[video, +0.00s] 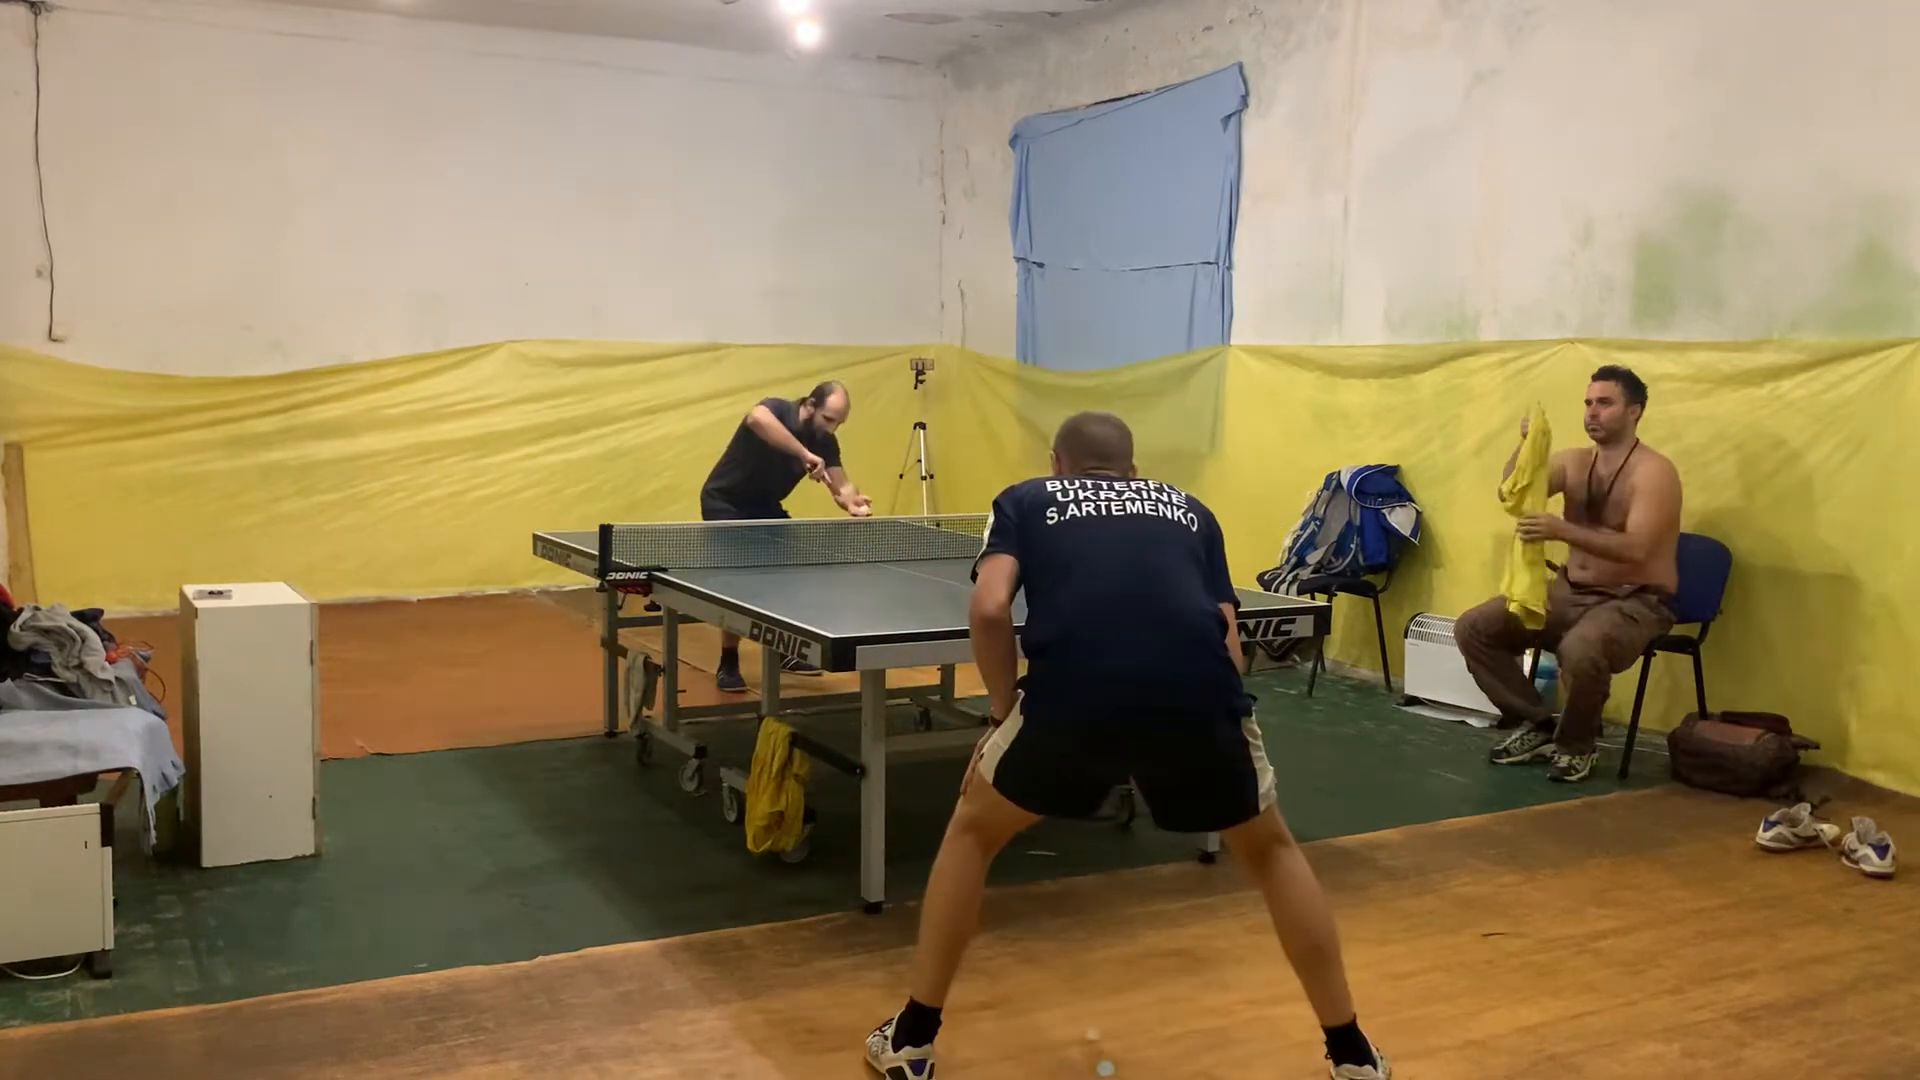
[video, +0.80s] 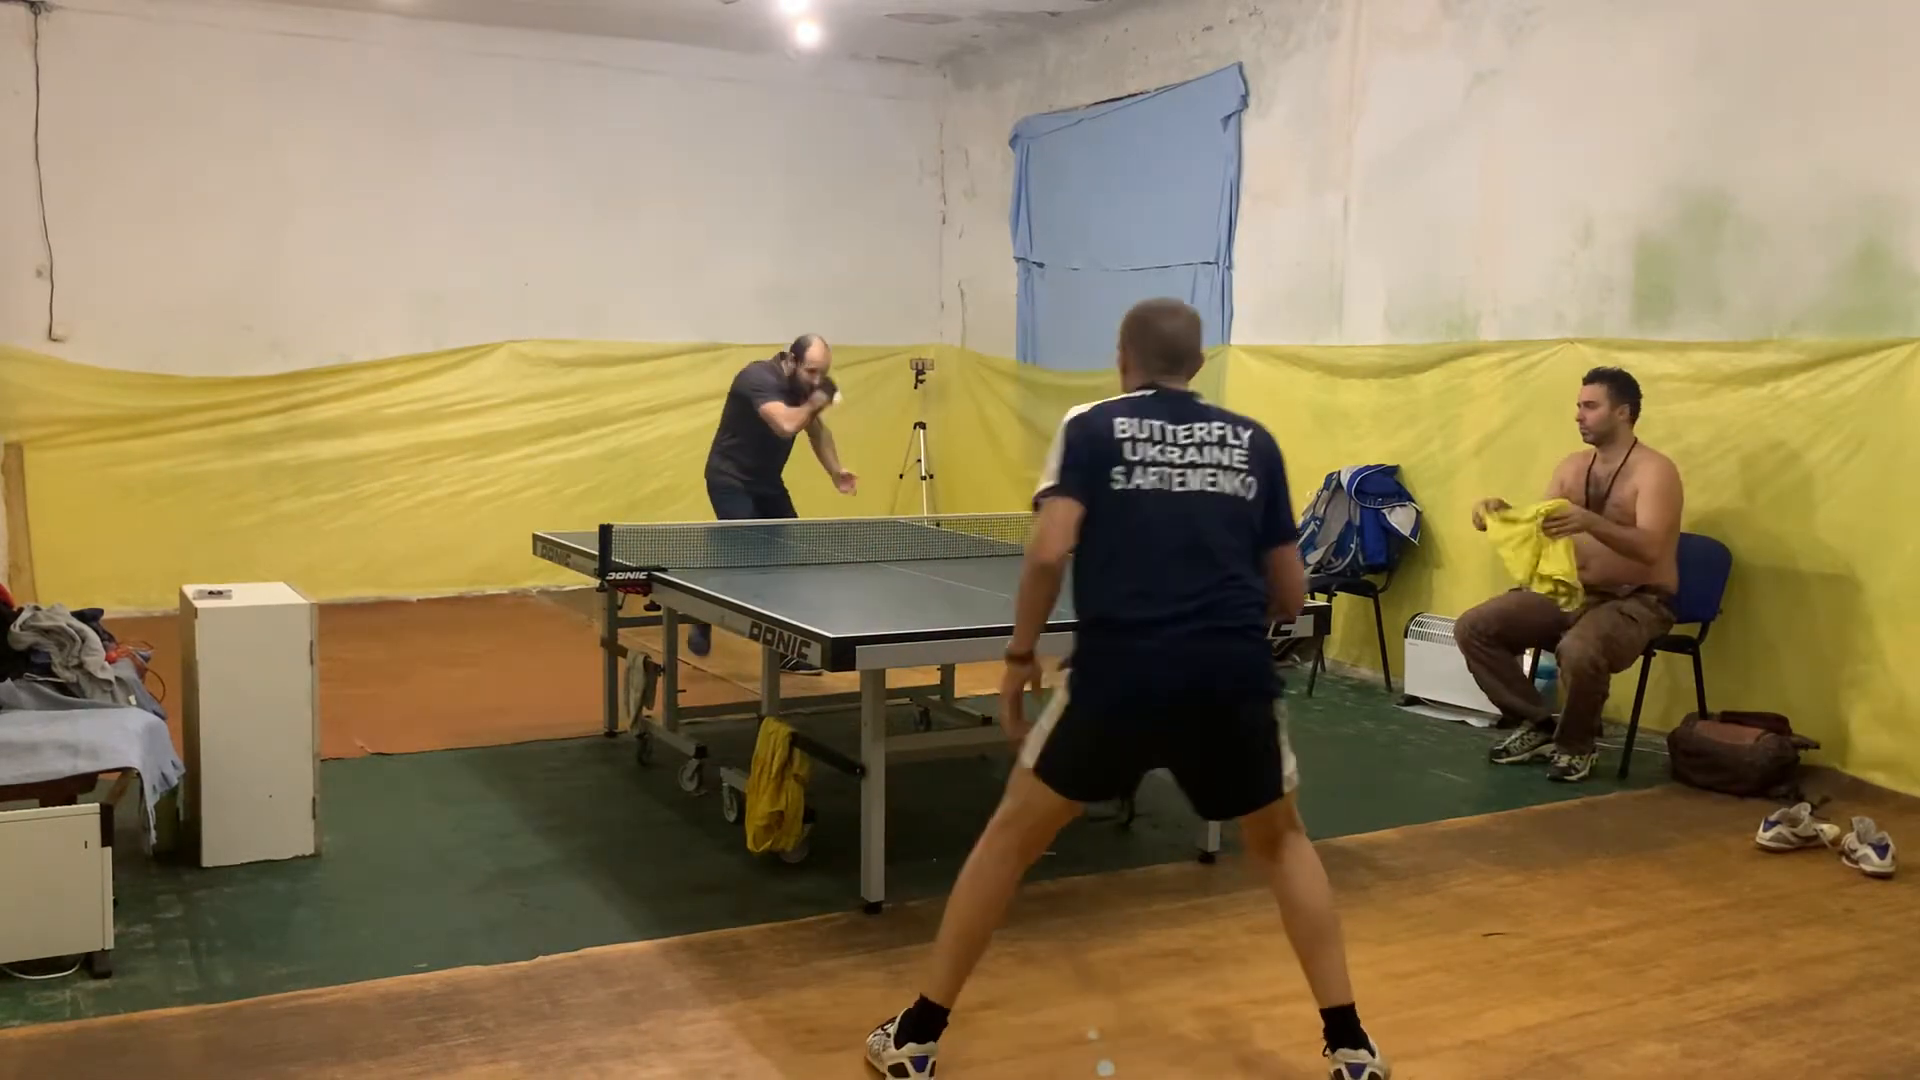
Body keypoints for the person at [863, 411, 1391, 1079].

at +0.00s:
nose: (1046, 468)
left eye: (1049, 461)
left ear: (1057, 463)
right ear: (1132, 466)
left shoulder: (1026, 499)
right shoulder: (1192, 510)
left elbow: (989, 607)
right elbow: (1228, 637)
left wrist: (1003, 709)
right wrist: (1228, 717)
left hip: (1074, 708)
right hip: (1196, 708)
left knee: (973, 834)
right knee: (1271, 850)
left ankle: (913, 1036)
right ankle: (1351, 1049)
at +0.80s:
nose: (1118, 369)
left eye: (1117, 358)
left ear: (1124, 363)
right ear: (1201, 366)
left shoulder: (1090, 427)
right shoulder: (1253, 441)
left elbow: (1050, 550)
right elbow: (1287, 594)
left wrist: (1020, 655)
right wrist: (1217, 613)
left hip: (1116, 687)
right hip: (1230, 689)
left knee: (1011, 841)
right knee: (1282, 840)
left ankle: (920, 1029)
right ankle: (1350, 1043)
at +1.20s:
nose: (1134, 354)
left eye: (1135, 344)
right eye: (1139, 344)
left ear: (1144, 345)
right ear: (1219, 347)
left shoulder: (1135, 406)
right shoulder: (1273, 417)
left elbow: (1113, 539)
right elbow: (1308, 541)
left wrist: (1056, 577)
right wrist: (1236, 551)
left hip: (1187, 665)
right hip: (1289, 663)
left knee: (1068, 812)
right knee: (1310, 820)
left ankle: (1059, 1036)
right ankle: (1392, 1001)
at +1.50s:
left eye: (1146, 359)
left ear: (1148, 358)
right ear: (1221, 370)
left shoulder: (1110, 408)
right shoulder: (1262, 435)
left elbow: (1053, 531)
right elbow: (1281, 564)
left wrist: (1044, 572)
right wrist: (1313, 537)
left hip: (1141, 658)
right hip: (1245, 656)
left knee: (1057, 829)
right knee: (1256, 768)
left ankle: (1056, 1038)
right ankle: (1302, 935)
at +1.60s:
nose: (1163, 362)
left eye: (1163, 351)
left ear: (1162, 351)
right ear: (1234, 364)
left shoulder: (1123, 397)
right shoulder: (1271, 428)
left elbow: (1070, 513)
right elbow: (1278, 543)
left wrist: (1051, 578)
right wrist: (1311, 546)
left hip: (1151, 652)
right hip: (1250, 651)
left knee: (1077, 826)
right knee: (1255, 782)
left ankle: (1059, 1036)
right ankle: (1269, 921)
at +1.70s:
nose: (1167, 373)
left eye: (1169, 362)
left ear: (1176, 361)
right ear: (1242, 372)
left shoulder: (1154, 401)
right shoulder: (1276, 435)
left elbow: (1115, 509)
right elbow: (1261, 538)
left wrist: (1074, 581)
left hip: (1184, 645)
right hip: (1272, 643)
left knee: (1105, 818)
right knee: (1245, 764)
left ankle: (1064, 1033)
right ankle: (1264, 919)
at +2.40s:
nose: (1142, 338)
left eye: (1144, 327)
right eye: (1148, 327)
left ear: (1153, 327)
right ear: (1224, 334)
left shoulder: (1138, 378)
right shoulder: (1273, 404)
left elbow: (1108, 500)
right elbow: (1282, 520)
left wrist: (1058, 580)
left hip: (1179, 640)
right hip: (1278, 636)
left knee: (1087, 812)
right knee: (1280, 782)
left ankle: (1132, 1036)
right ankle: (1345, 957)